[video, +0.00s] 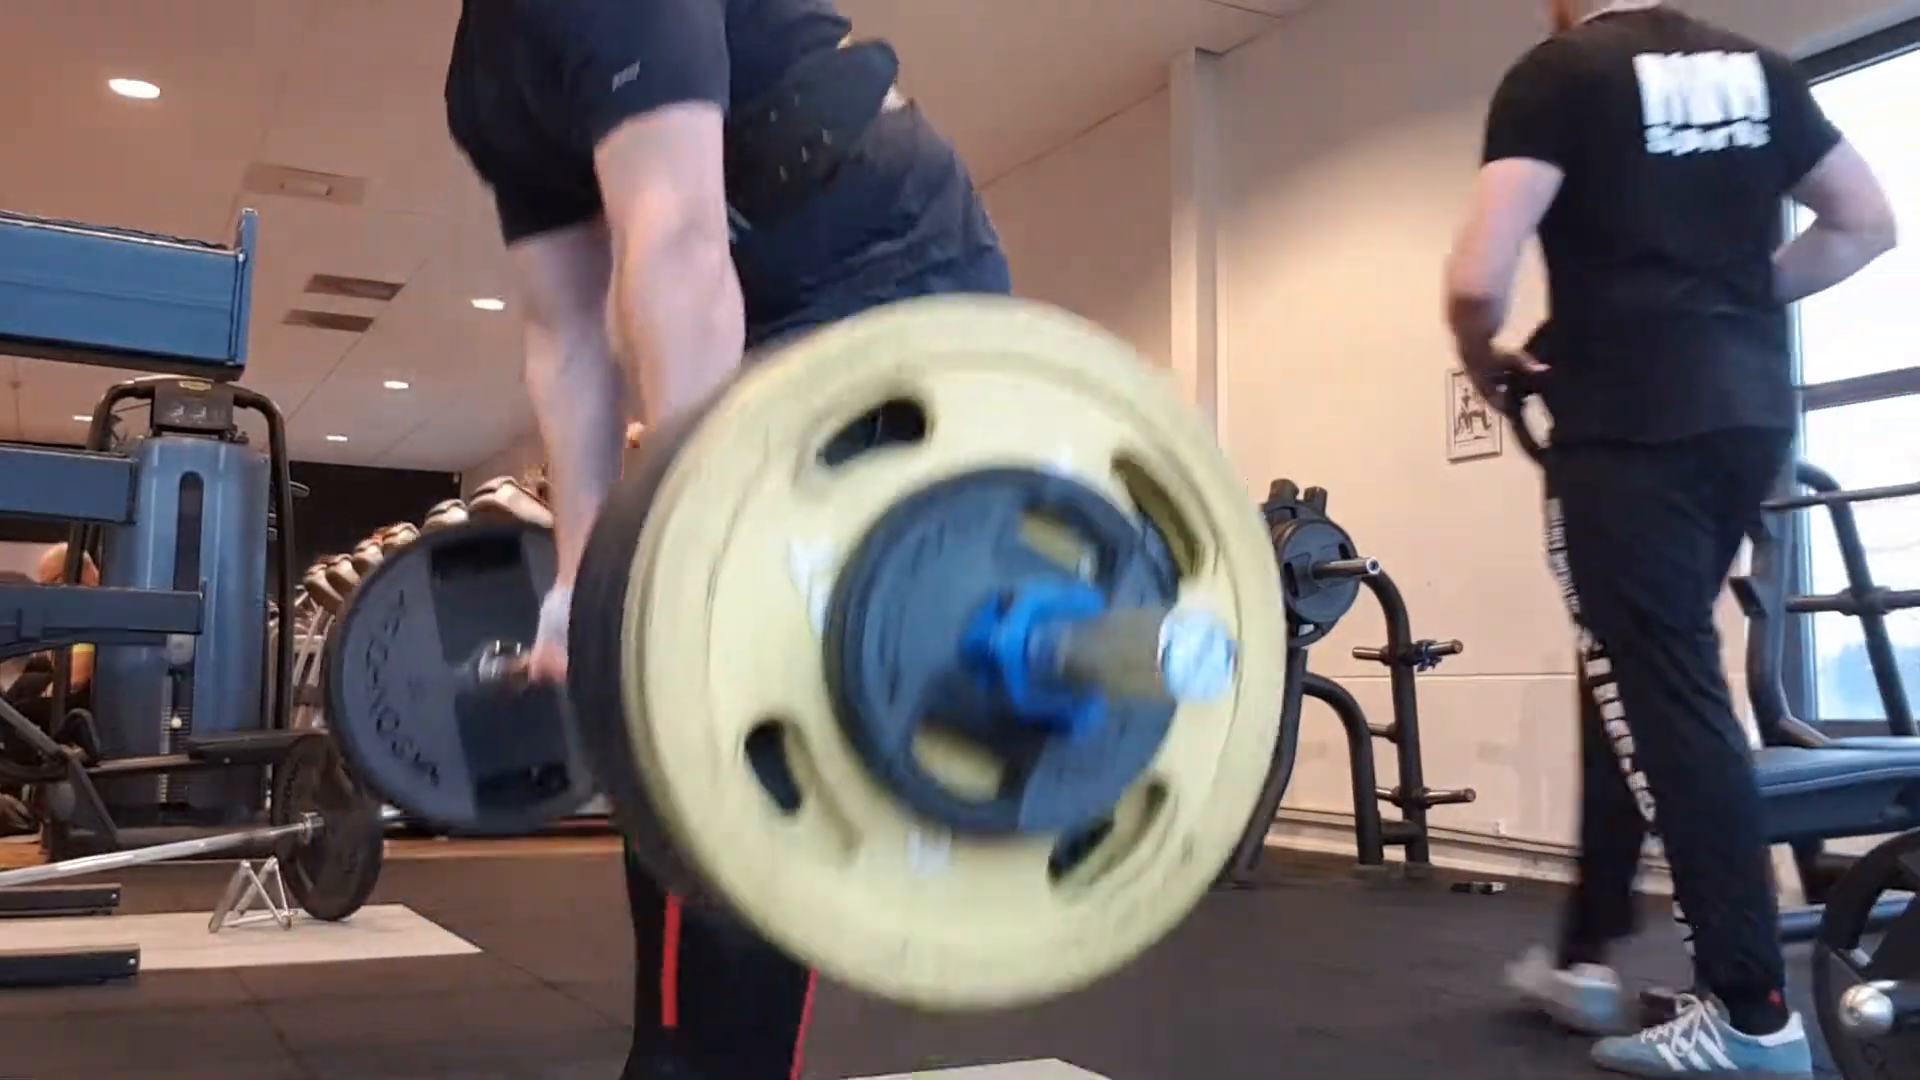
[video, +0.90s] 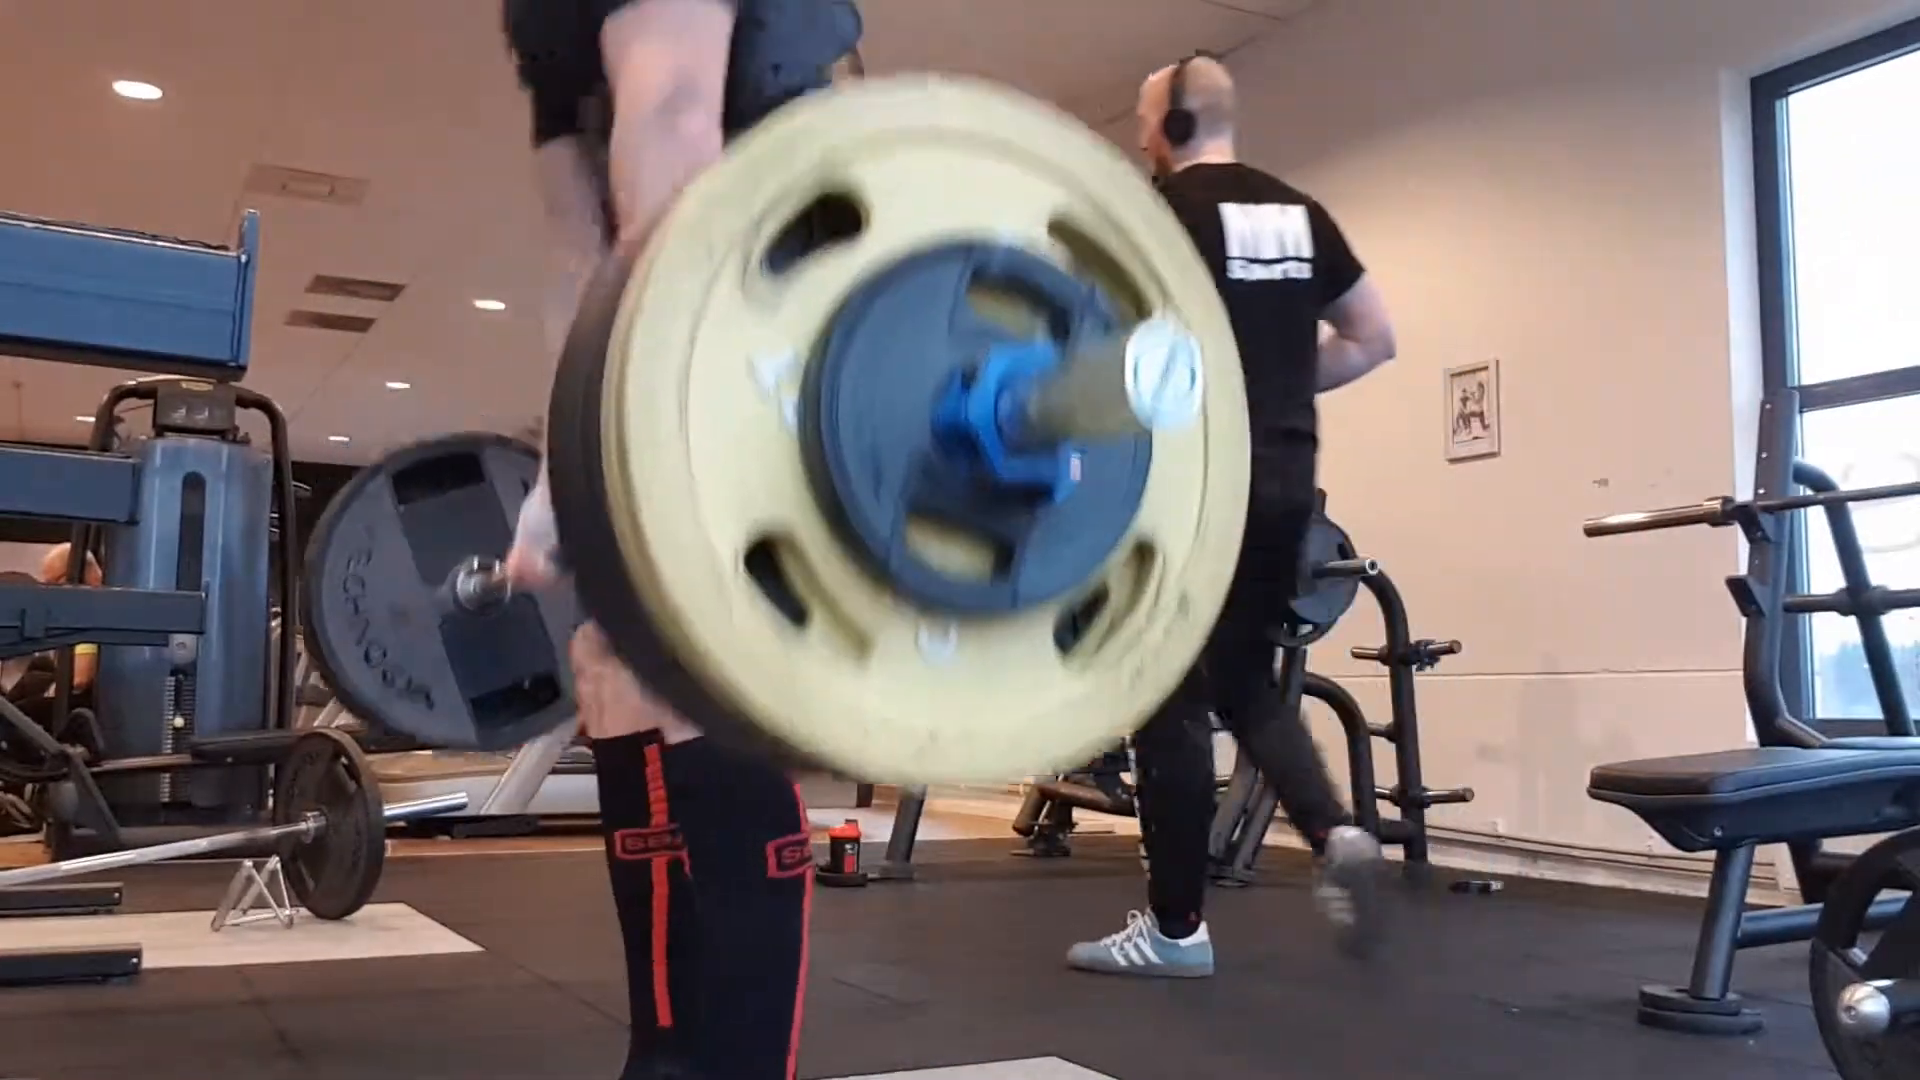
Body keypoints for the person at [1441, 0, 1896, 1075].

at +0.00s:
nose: (1539, 29)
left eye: (1539, 22)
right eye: (1544, 24)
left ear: (1563, 9)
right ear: (1655, 1)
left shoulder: (1555, 72)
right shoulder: (1757, 67)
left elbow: (1474, 283)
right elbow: (1865, 223)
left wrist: (1482, 356)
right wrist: (1745, 291)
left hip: (1630, 421)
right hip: (1752, 419)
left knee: (1676, 703)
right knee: (1628, 677)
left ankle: (1753, 1013)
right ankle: (1587, 961)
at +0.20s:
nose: (1460, 36)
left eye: (1463, 23)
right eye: (1467, 24)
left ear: (1485, 25)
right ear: (1569, 25)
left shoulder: (1472, 115)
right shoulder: (1651, 122)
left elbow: (1397, 306)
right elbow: (1755, 275)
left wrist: (1398, 391)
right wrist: (1631, 332)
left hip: (1521, 444)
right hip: (1626, 445)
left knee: (1555, 702)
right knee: (1532, 692)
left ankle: (1718, 970)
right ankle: (1483, 954)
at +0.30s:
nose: (1414, 42)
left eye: (1420, 25)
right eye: (1419, 25)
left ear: (1448, 30)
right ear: (1520, 31)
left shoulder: (1437, 125)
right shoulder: (1597, 137)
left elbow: (1383, 307)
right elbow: (1679, 295)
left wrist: (1357, 390)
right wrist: (1568, 335)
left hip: (1467, 441)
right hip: (1570, 442)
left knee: (1438, 693)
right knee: (1500, 694)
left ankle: (1615, 894)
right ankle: (1475, 954)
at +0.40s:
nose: (1370, 61)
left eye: (1375, 42)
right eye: (1373, 43)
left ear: (1405, 40)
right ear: (1470, 43)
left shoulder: (1405, 135)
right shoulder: (1542, 147)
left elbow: (1364, 313)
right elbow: (1617, 298)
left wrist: (1321, 385)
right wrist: (1515, 341)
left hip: (1427, 441)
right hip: (1525, 441)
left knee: (1339, 649)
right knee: (1477, 679)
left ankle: (1494, 867)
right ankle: (1477, 948)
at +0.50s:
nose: (1325, 77)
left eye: (1331, 59)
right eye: (1328, 59)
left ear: (1364, 57)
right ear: (1423, 64)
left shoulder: (1368, 145)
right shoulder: (1494, 162)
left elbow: (1346, 314)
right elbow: (1559, 308)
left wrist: (1287, 399)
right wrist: (1462, 356)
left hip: (1375, 457)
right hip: (1477, 459)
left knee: (1291, 651)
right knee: (1450, 685)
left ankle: (1354, 910)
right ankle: (1472, 946)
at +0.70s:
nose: (1237, 123)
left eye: (1241, 108)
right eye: (1240, 106)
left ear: (1267, 109)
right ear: (1327, 108)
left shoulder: (1272, 190)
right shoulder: (1395, 201)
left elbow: (1269, 353)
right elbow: (1459, 341)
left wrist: (1206, 430)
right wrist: (1360, 377)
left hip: (1287, 488)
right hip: (1385, 482)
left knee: (1253, 706)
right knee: (1387, 700)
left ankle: (1187, 923)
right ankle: (1466, 939)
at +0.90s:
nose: (1137, 136)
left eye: (1140, 123)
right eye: (1140, 122)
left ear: (1162, 127)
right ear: (1229, 126)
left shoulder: (1144, 212)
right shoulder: (1296, 208)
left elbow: (1096, 336)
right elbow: (1371, 340)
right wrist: (1283, 379)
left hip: (1187, 485)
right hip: (1282, 486)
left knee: (1169, 702)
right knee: (1243, 679)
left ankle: (1176, 925)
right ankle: (1337, 830)